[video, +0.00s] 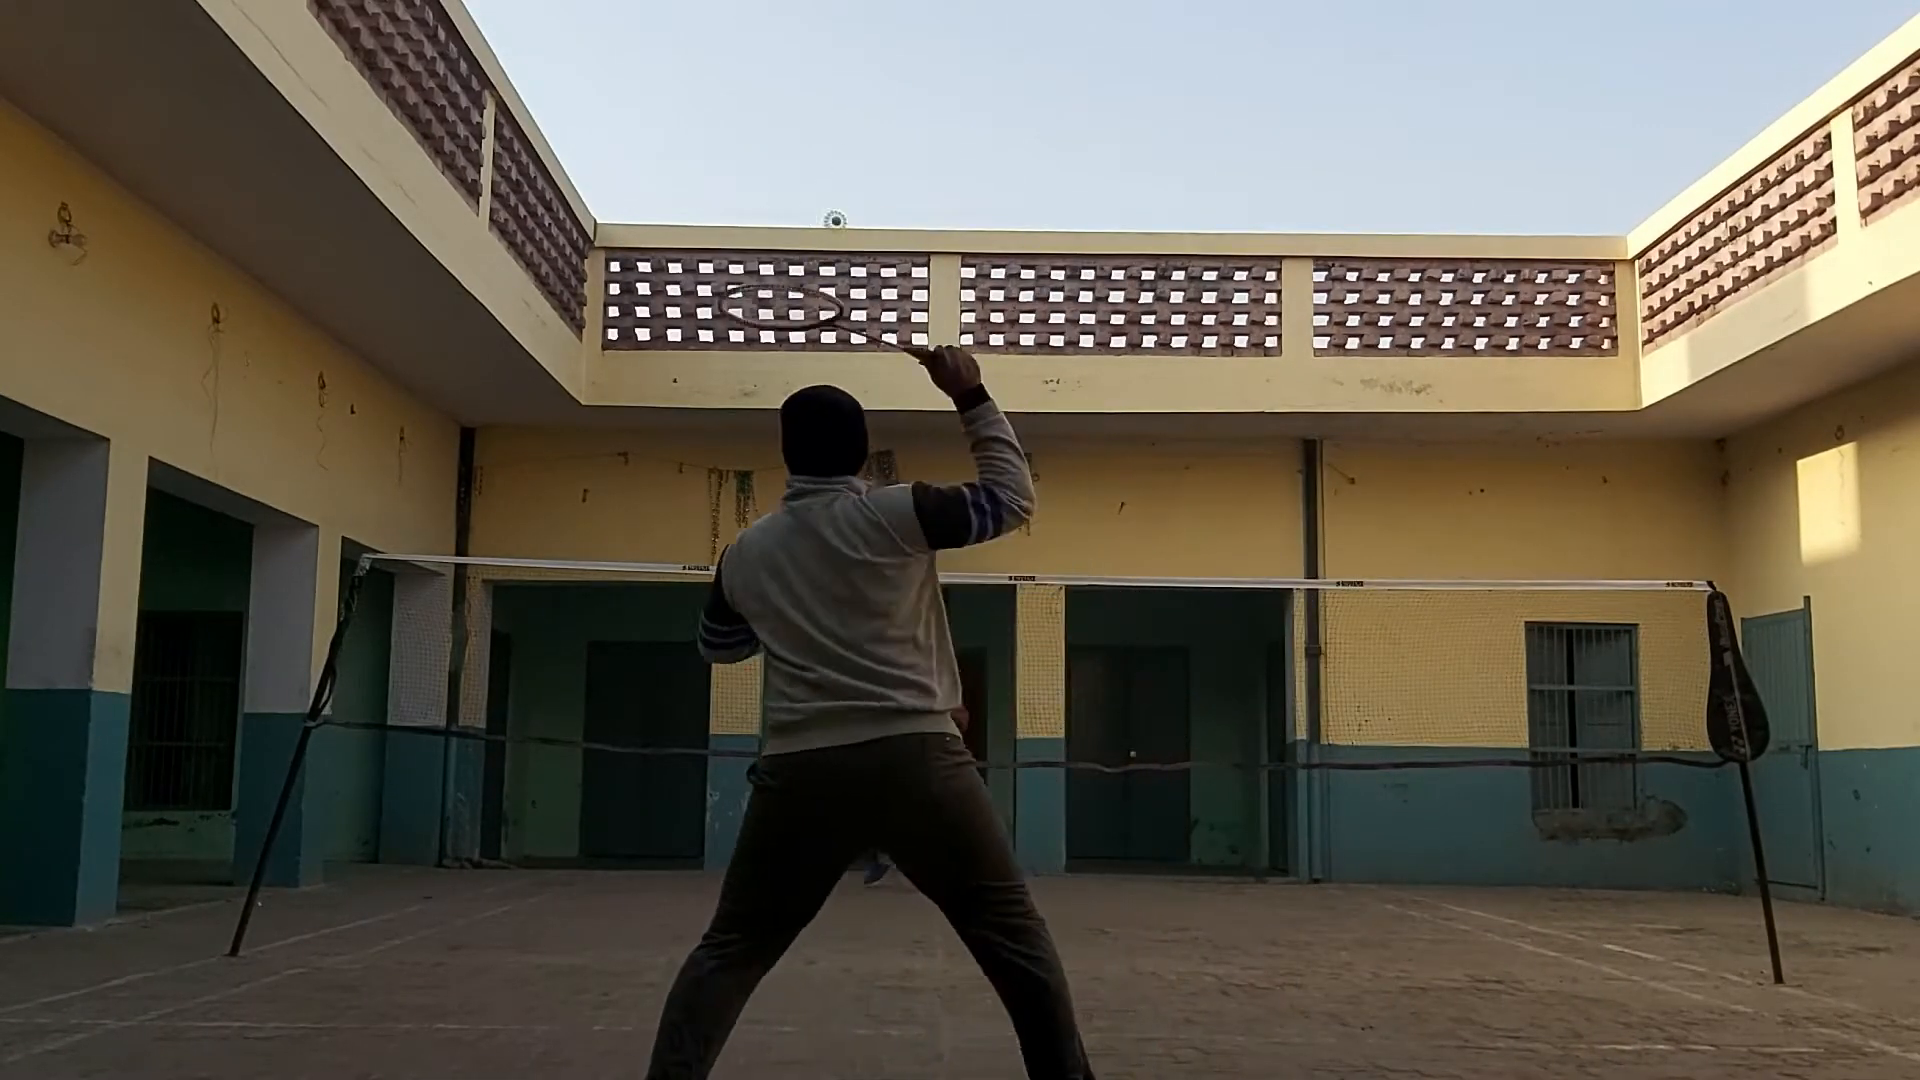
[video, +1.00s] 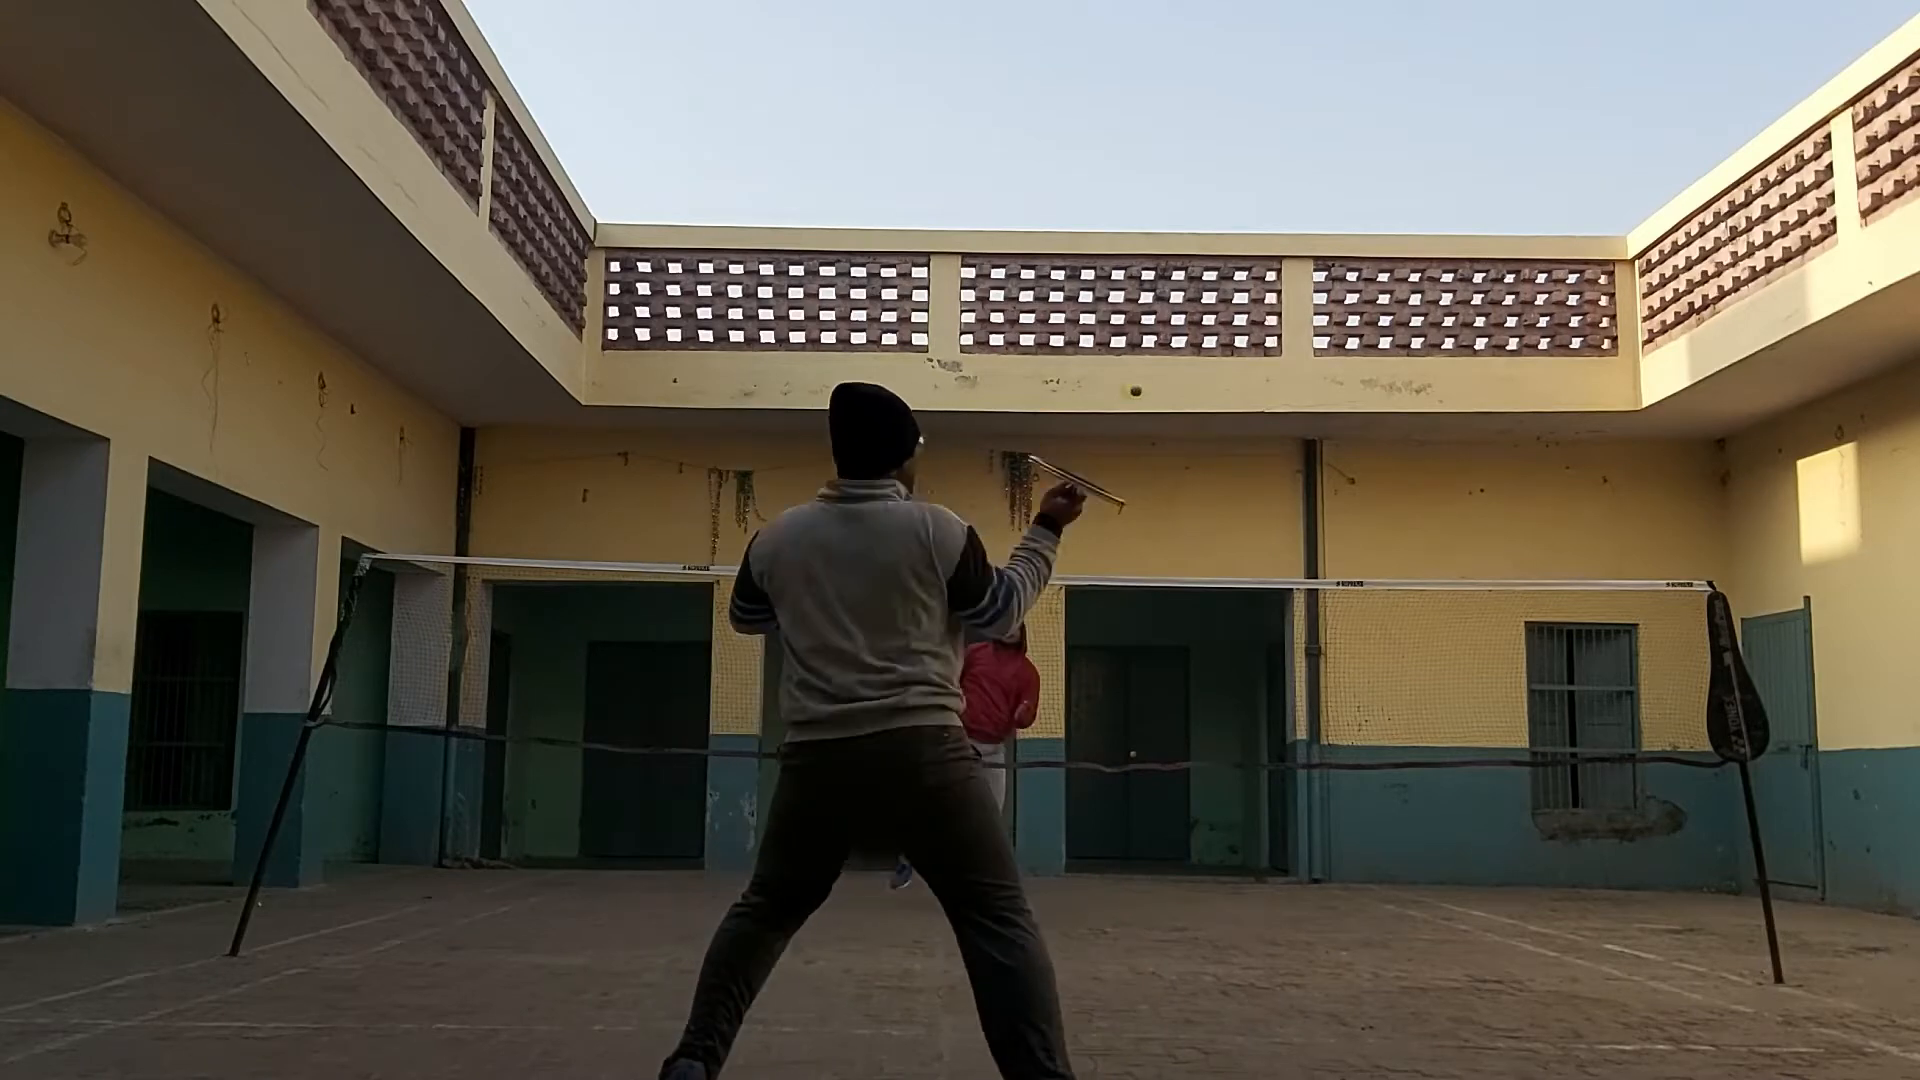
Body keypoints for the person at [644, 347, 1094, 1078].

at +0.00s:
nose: (860, 451)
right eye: (858, 440)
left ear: (786, 459)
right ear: (861, 452)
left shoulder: (746, 554)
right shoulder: (901, 511)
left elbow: (722, 643)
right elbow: (1009, 498)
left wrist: (786, 591)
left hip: (800, 773)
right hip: (920, 759)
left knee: (732, 950)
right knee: (1009, 929)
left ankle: (671, 1074)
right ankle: (1067, 1070)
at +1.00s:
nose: (913, 456)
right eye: (910, 448)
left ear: (835, 451)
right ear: (906, 454)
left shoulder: (779, 538)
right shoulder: (943, 533)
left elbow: (747, 614)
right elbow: (994, 607)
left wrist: (823, 594)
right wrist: (1047, 529)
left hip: (819, 762)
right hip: (927, 757)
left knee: (768, 906)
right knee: (998, 917)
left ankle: (693, 1060)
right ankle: (1044, 1072)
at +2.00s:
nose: (1029, 492)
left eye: (1028, 479)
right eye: (1028, 479)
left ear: (959, 471)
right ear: (1016, 477)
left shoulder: (906, 541)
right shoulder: (994, 537)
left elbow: (869, 651)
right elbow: (1020, 653)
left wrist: (975, 677)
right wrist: (1112, 650)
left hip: (881, 761)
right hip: (966, 763)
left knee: (946, 913)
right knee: (1087, 925)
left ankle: (875, 1073)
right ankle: (1080, 1074)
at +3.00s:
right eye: (909, 341)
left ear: (833, 359)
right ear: (916, 354)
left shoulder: (778, 452)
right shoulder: (967, 431)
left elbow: (688, 586)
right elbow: (1015, 554)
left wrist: (712, 642)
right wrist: (1041, 687)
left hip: (819, 694)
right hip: (945, 692)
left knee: (858, 921)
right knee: (950, 908)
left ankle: (872, 1072)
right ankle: (918, 1067)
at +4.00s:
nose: (637, 451)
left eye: (640, 435)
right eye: (636, 433)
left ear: (582, 420)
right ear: (607, 426)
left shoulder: (579, 489)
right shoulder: (537, 464)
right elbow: (450, 537)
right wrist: (526, 499)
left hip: (502, 704)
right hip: (549, 698)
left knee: (523, 902)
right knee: (623, 901)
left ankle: (464, 1062)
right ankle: (676, 1064)